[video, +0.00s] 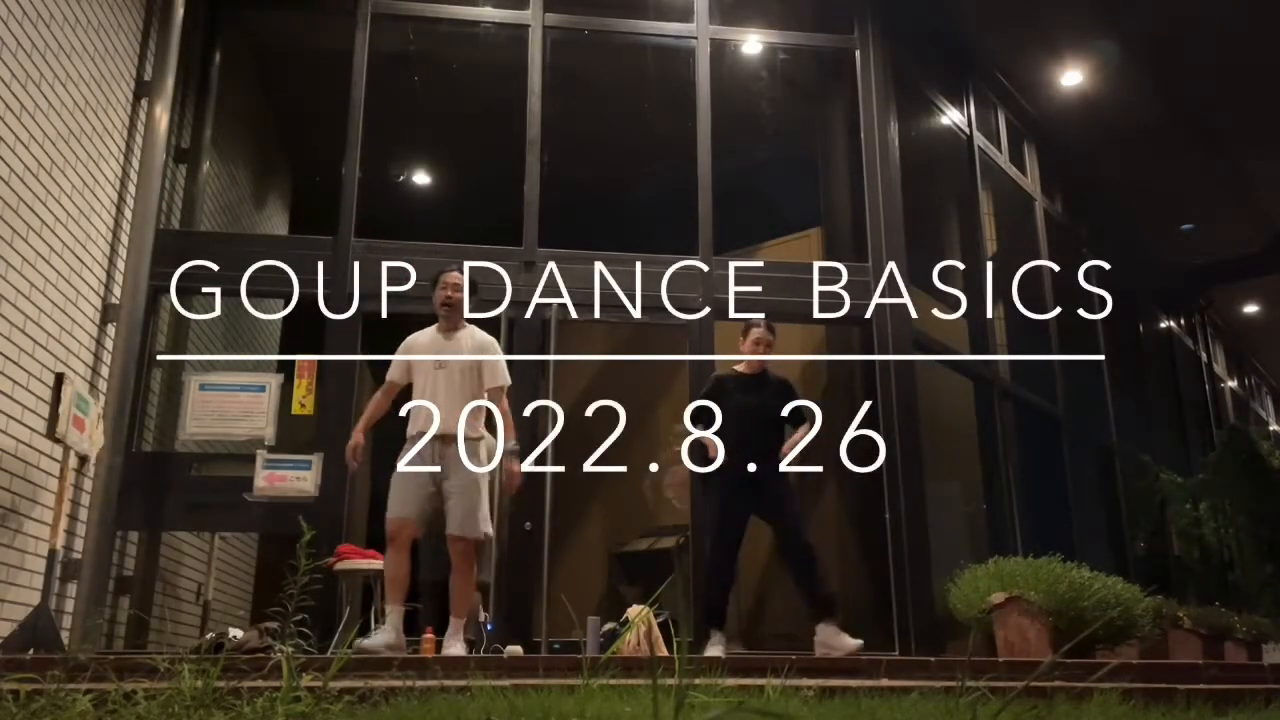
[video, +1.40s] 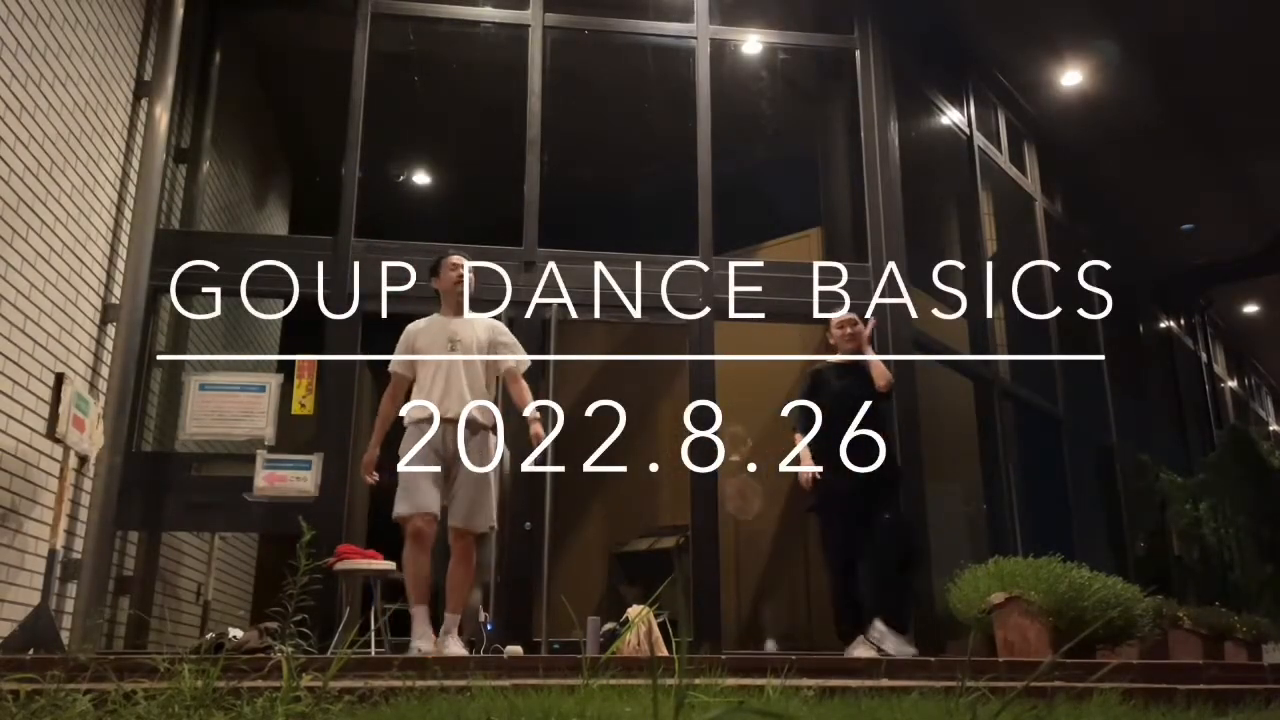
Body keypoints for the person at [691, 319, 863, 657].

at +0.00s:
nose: (761, 349)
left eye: (766, 345)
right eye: (756, 343)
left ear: (772, 350)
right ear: (742, 345)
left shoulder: (780, 387)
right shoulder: (721, 385)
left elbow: (805, 423)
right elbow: (697, 425)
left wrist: (790, 444)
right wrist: (709, 446)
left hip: (770, 481)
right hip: (728, 482)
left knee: (797, 546)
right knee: (720, 556)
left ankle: (826, 629)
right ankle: (715, 636)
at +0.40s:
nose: (810, 353)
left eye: (815, 348)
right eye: (804, 347)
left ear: (819, 354)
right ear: (789, 350)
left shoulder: (825, 395)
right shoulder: (772, 388)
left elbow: (841, 435)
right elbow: (746, 432)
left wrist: (837, 456)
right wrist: (769, 456)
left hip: (817, 485)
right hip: (779, 485)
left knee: (823, 556)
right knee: (770, 555)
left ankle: (828, 636)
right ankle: (732, 631)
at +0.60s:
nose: (826, 349)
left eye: (830, 344)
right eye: (820, 343)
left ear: (837, 349)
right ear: (805, 347)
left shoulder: (847, 391)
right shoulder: (787, 386)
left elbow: (860, 433)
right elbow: (762, 429)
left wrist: (853, 460)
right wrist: (780, 449)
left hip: (831, 480)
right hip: (794, 479)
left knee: (832, 553)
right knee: (802, 540)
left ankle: (829, 635)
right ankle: (777, 627)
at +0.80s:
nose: (831, 344)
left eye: (837, 339)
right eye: (825, 339)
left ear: (846, 345)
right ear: (813, 346)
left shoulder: (858, 389)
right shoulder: (796, 386)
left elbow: (872, 429)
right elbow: (774, 430)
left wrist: (865, 448)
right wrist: (791, 454)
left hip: (847, 482)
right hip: (809, 484)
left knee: (843, 552)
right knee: (823, 552)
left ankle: (839, 632)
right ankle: (833, 632)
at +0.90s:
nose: (832, 343)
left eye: (838, 337)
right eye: (825, 337)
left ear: (847, 344)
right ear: (814, 345)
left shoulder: (858, 387)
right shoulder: (801, 386)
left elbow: (872, 434)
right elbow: (781, 434)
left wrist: (876, 415)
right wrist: (797, 457)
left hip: (855, 482)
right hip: (816, 483)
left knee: (851, 554)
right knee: (830, 554)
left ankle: (842, 633)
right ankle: (841, 633)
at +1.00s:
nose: (830, 340)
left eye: (836, 333)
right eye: (823, 336)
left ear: (848, 341)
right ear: (814, 345)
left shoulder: (862, 381)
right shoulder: (805, 383)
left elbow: (883, 415)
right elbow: (787, 433)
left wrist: (872, 368)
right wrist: (802, 451)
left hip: (860, 478)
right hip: (822, 481)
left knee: (857, 553)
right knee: (834, 554)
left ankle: (839, 634)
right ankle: (844, 633)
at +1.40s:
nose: (848, 331)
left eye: (853, 325)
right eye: (840, 327)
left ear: (864, 332)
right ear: (830, 337)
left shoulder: (874, 368)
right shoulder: (820, 374)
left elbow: (884, 384)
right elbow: (799, 421)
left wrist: (866, 346)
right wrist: (805, 457)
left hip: (877, 472)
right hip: (835, 475)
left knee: (885, 545)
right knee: (843, 554)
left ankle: (885, 625)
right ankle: (854, 638)